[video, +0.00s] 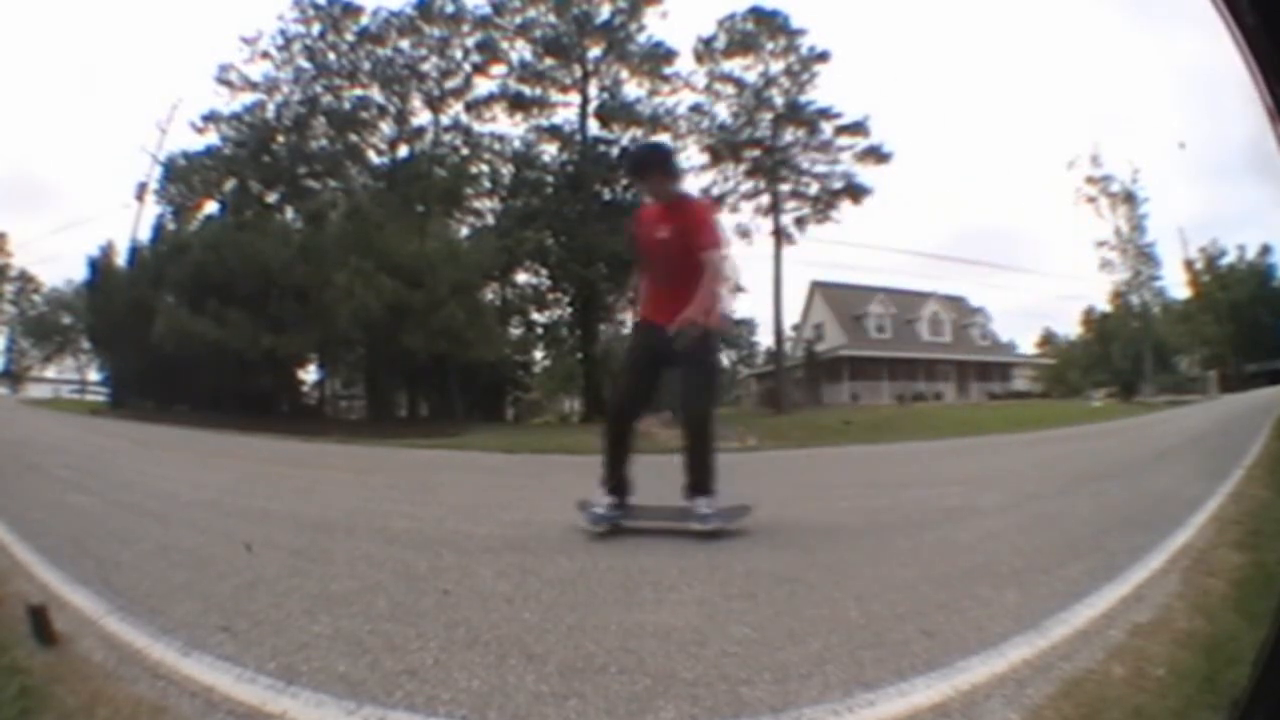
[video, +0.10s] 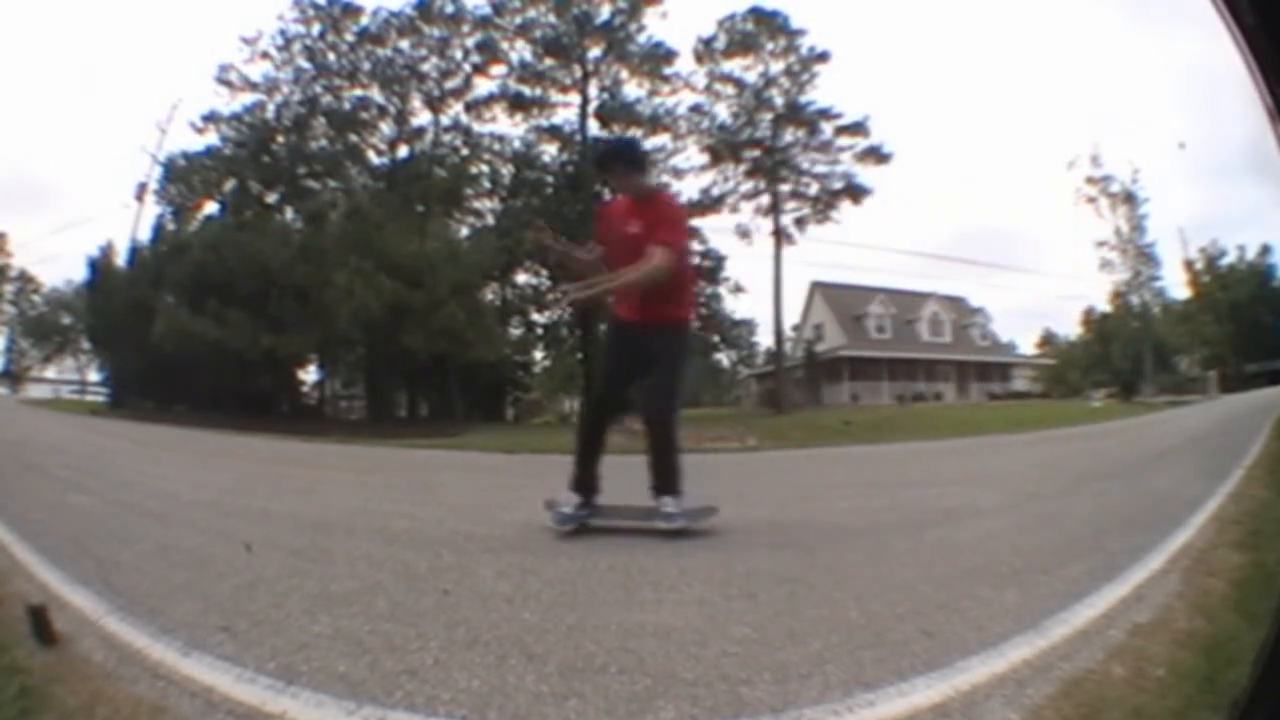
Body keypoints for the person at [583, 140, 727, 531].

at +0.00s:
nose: (646, 188)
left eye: (649, 179)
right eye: (641, 181)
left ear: (665, 174)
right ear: (640, 181)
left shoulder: (694, 212)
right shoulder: (644, 216)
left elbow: (714, 267)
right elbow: (647, 269)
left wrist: (695, 313)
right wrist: (643, 313)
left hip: (694, 326)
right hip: (652, 326)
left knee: (696, 413)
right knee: (621, 407)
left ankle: (700, 494)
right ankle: (615, 494)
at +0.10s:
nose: (614, 185)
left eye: (617, 176)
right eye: (609, 179)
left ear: (636, 170)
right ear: (610, 178)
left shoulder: (666, 208)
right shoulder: (612, 211)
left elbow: (660, 265)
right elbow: (603, 258)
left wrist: (598, 288)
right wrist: (559, 249)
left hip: (665, 326)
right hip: (626, 324)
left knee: (658, 410)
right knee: (598, 406)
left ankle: (667, 495)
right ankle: (583, 493)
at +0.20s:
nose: (579, 173)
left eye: (582, 165)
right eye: (575, 167)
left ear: (600, 159)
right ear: (580, 166)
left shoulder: (633, 199)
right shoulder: (582, 198)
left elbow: (613, 259)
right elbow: (550, 236)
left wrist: (545, 260)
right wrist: (519, 206)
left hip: (633, 317)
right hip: (594, 314)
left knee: (628, 404)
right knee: (570, 401)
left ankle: (645, 490)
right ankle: (555, 491)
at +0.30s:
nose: (554, 170)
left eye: (557, 161)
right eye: (550, 163)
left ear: (574, 155)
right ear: (552, 161)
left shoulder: (611, 199)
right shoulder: (550, 195)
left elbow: (593, 261)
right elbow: (528, 230)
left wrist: (532, 250)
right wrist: (502, 216)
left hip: (600, 316)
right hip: (562, 315)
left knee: (595, 409)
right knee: (538, 404)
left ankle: (633, 491)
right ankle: (526, 491)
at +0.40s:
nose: (528, 170)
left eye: (531, 162)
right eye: (524, 163)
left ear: (547, 156)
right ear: (523, 161)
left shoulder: (587, 196)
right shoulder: (520, 193)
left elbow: (587, 261)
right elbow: (489, 229)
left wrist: (520, 266)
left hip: (575, 315)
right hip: (530, 314)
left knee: (577, 407)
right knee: (504, 397)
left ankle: (589, 488)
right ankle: (487, 487)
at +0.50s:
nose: (489, 167)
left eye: (491, 158)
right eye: (484, 159)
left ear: (507, 150)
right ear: (486, 156)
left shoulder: (553, 187)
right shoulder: (487, 194)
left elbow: (560, 256)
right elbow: (458, 240)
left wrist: (505, 299)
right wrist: (408, 267)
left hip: (549, 308)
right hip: (502, 308)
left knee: (550, 400)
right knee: (476, 392)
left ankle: (553, 485)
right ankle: (450, 479)